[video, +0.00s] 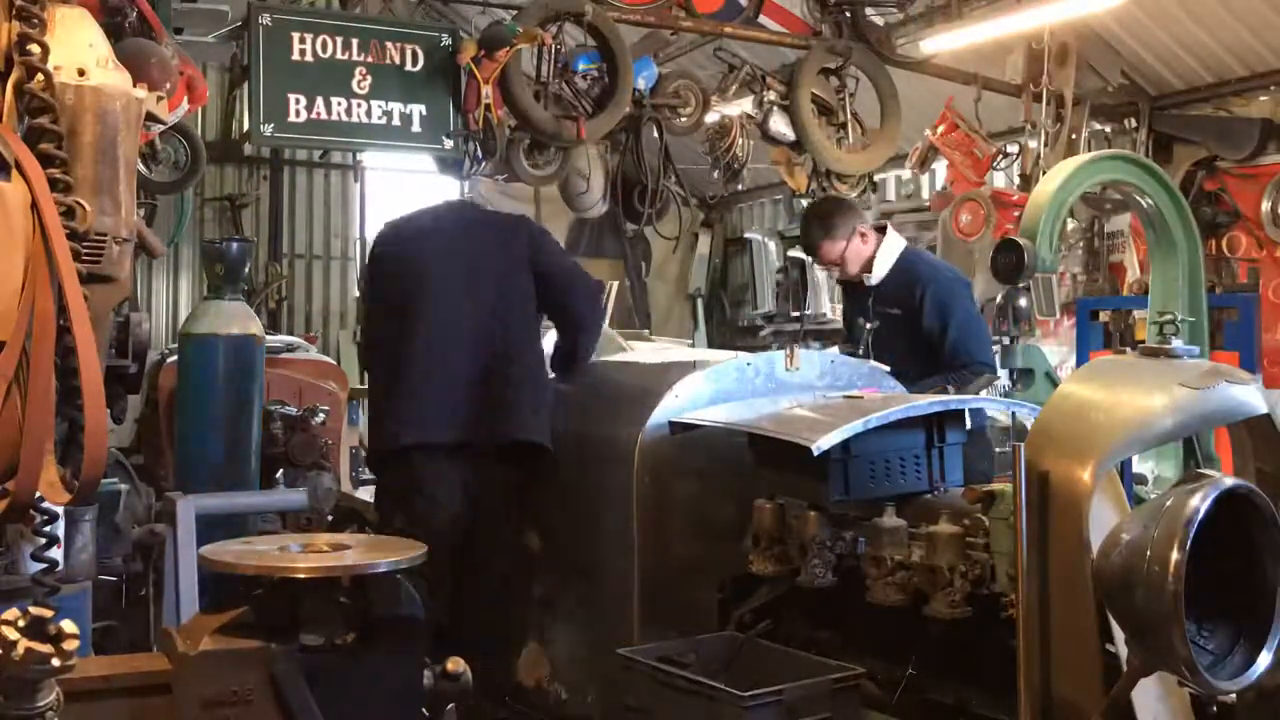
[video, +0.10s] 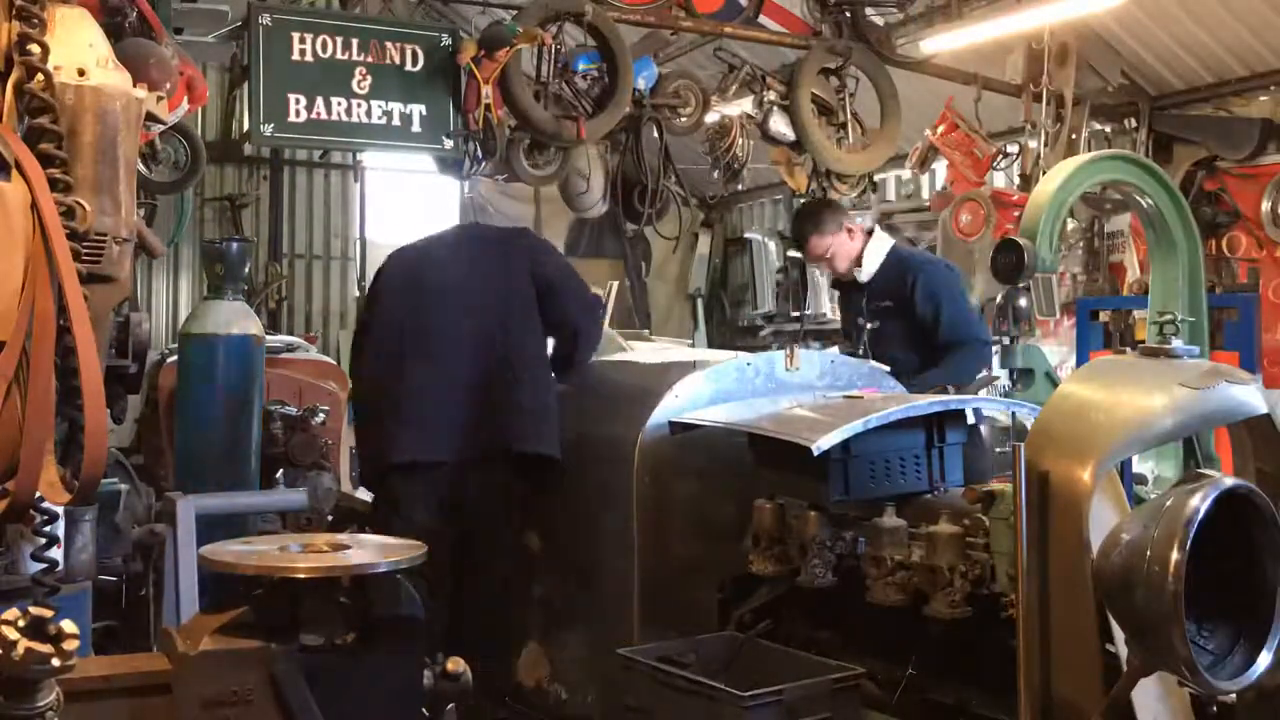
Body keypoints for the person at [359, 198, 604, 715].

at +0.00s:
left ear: (448, 200)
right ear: (493, 204)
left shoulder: (394, 236)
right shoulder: (520, 232)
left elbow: (372, 334)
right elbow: (584, 299)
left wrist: (387, 402)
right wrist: (561, 374)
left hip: (412, 429)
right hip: (507, 428)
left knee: (418, 569)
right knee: (497, 567)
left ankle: (424, 694)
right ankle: (492, 698)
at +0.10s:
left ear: (459, 223)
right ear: (515, 229)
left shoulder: (401, 259)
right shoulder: (526, 247)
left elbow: (363, 357)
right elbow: (583, 314)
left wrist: (370, 448)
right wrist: (560, 371)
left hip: (407, 433)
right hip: (502, 432)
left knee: (407, 568)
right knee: (495, 565)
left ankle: (407, 692)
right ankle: (492, 694)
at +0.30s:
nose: (584, 257)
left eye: (586, 249)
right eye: (586, 247)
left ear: (530, 220)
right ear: (572, 230)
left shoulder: (453, 264)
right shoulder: (558, 267)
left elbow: (416, 367)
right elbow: (573, 380)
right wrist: (600, 357)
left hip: (426, 471)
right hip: (511, 477)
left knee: (441, 615)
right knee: (507, 624)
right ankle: (503, 709)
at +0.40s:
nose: (587, 249)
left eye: (592, 238)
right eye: (589, 234)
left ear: (542, 208)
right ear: (560, 210)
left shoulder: (453, 261)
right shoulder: (546, 257)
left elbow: (416, 371)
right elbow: (564, 369)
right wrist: (596, 347)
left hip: (419, 473)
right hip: (501, 478)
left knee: (442, 618)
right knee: (504, 630)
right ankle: (504, 711)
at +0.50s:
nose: (543, 222)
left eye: (546, 216)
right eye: (544, 214)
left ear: (483, 194)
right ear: (527, 199)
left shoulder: (416, 253)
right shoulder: (520, 235)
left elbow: (407, 362)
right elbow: (566, 331)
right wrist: (607, 366)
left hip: (424, 456)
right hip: (508, 453)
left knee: (446, 600)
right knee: (513, 601)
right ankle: (508, 708)